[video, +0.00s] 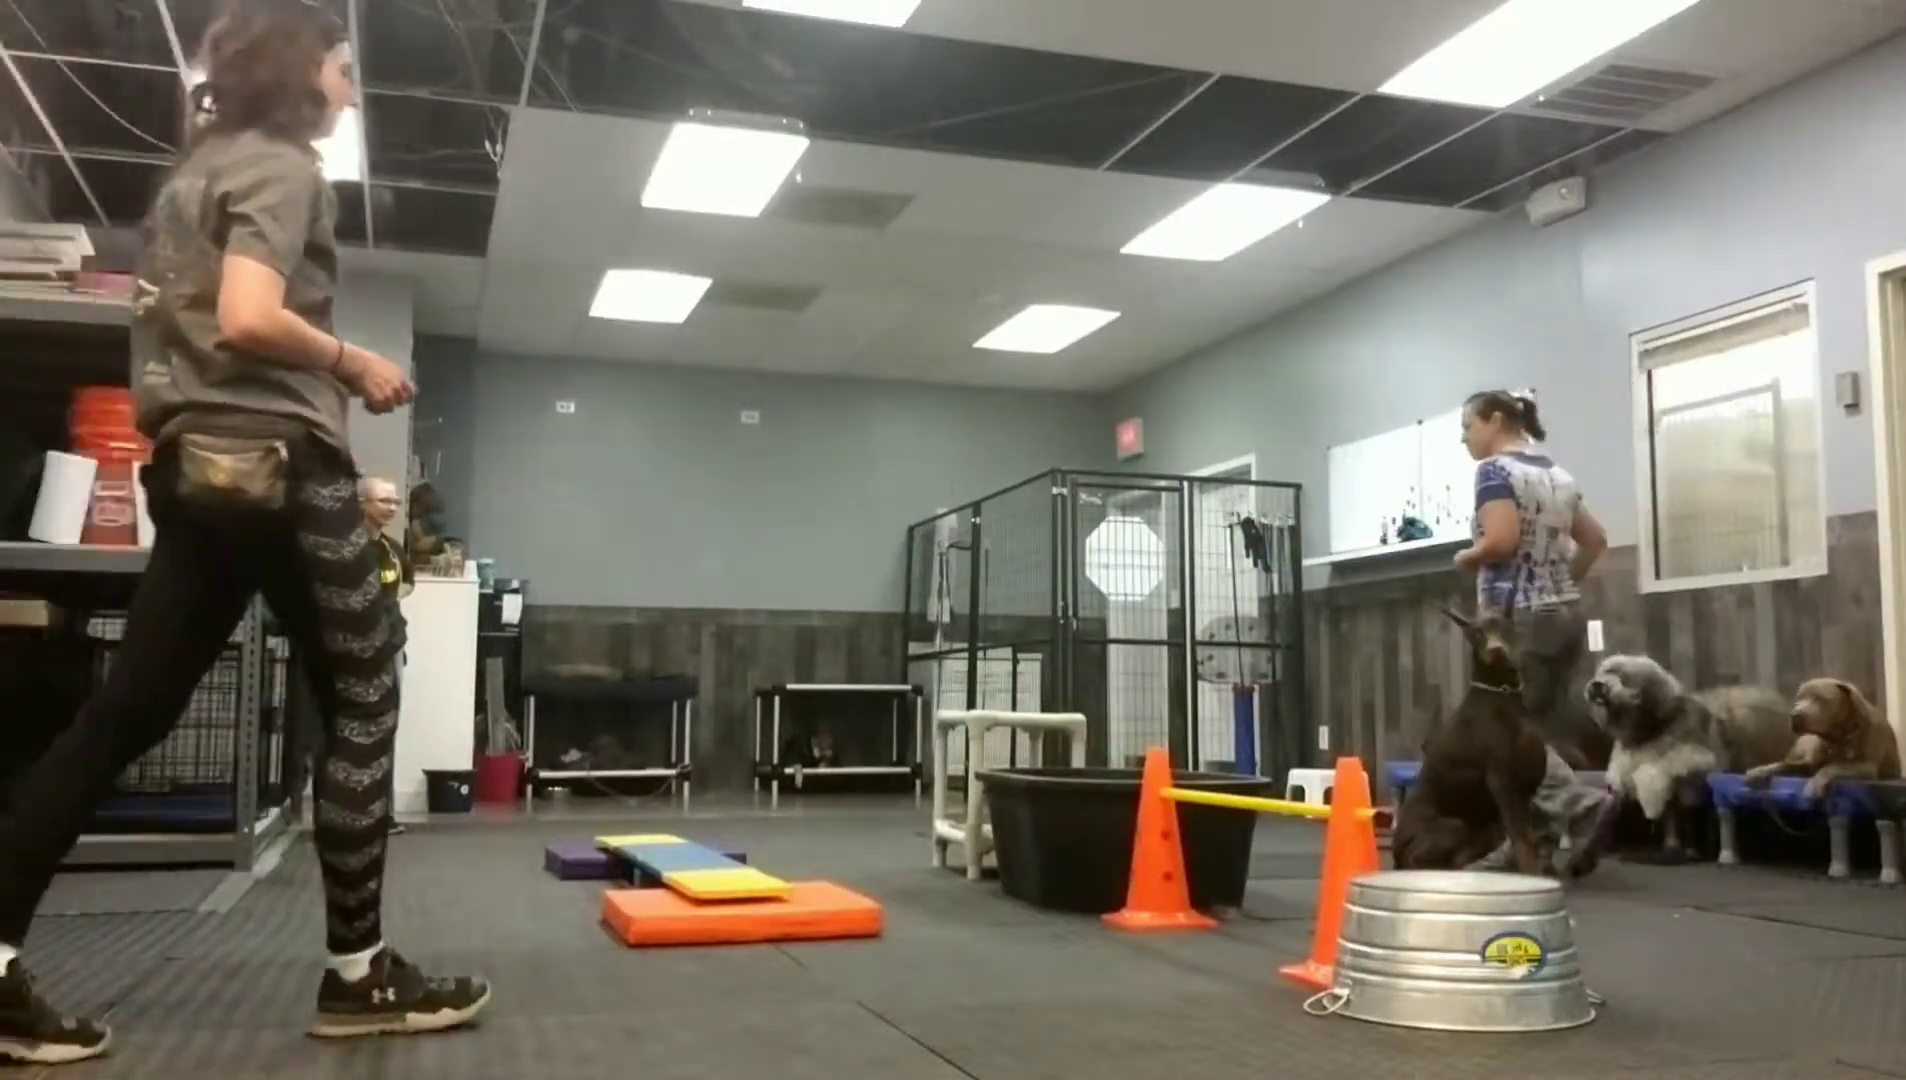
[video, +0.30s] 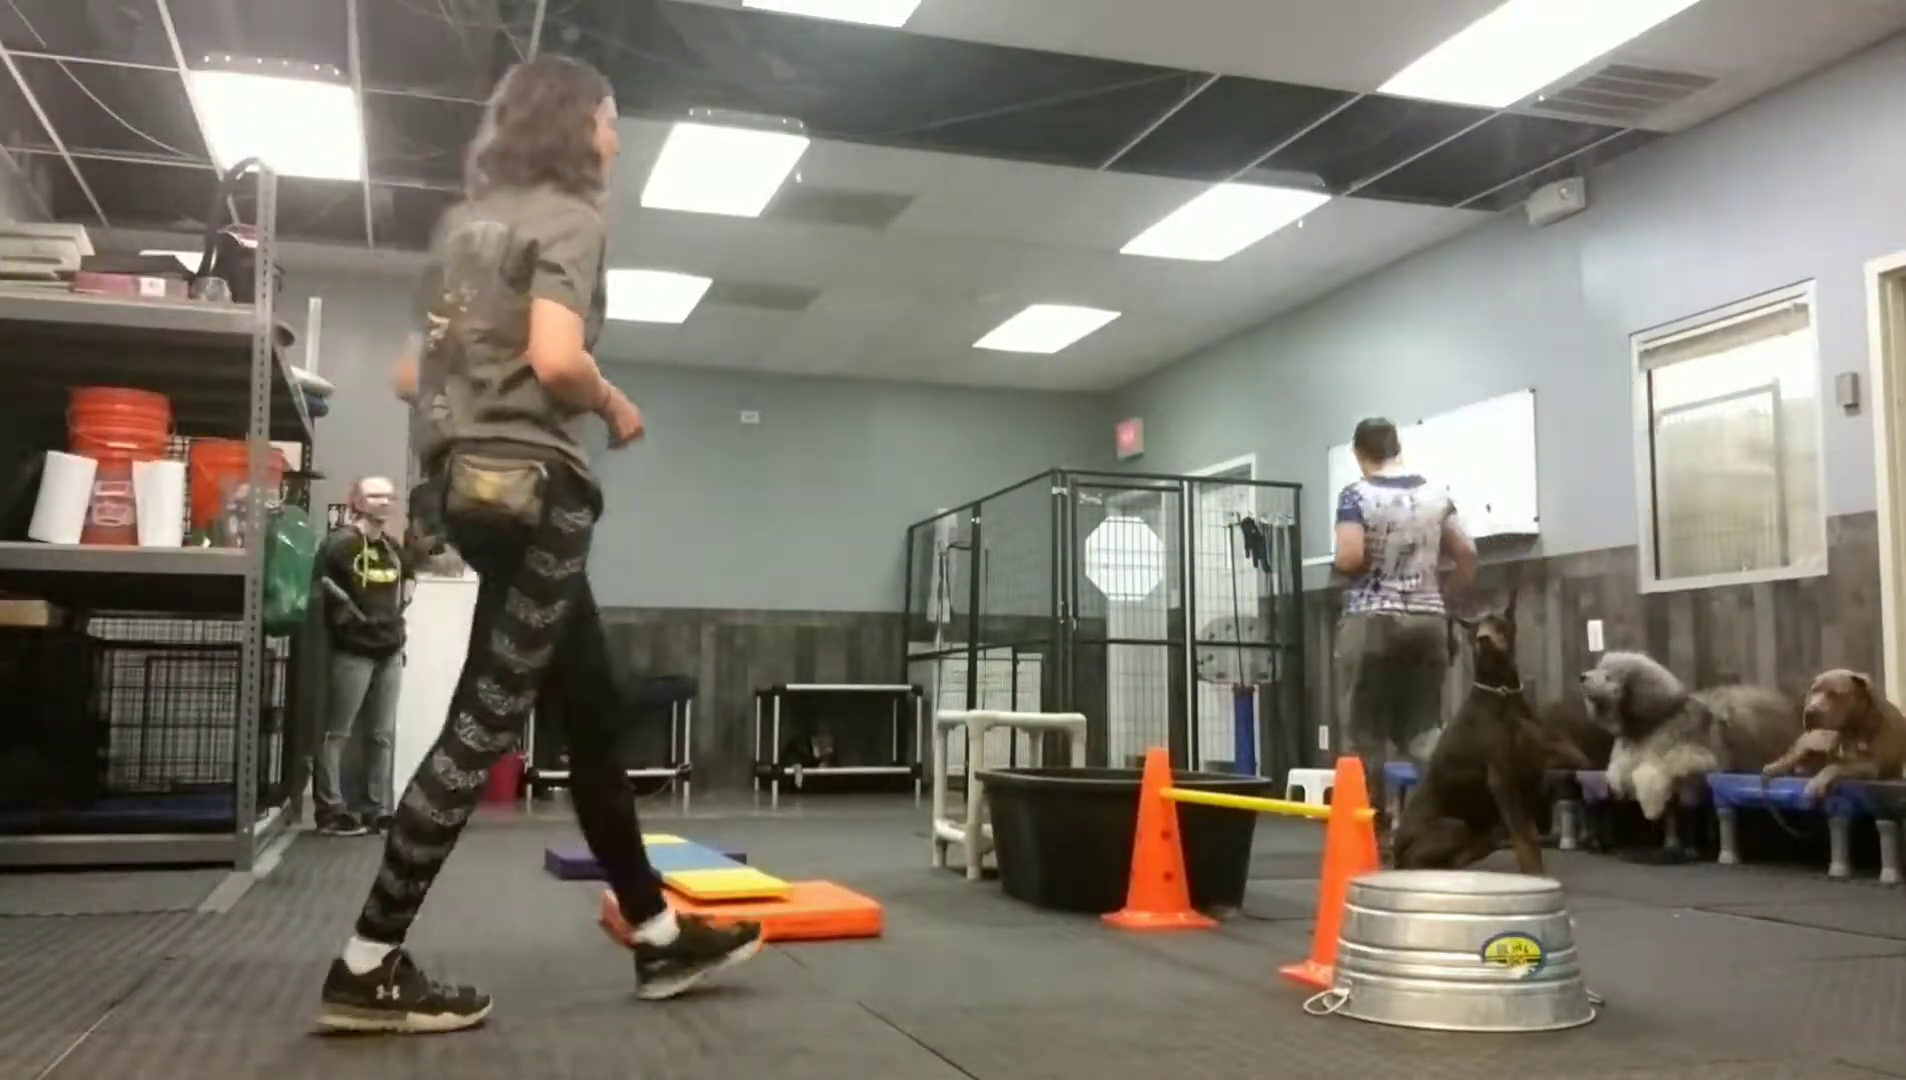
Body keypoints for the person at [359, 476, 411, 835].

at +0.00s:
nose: (392, 507)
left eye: (395, 502)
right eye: (385, 501)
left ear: (396, 506)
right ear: (365, 504)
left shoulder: (390, 546)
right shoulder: (356, 547)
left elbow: (394, 595)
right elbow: (357, 602)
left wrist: (395, 637)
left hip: (389, 647)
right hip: (364, 651)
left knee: (386, 731)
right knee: (368, 731)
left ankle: (384, 811)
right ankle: (369, 814)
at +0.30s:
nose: (385, 503)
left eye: (388, 497)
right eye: (376, 496)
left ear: (393, 503)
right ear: (356, 503)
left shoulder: (392, 548)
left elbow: (403, 595)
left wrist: (390, 622)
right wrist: (373, 627)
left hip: (389, 652)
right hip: (352, 651)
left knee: (382, 735)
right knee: (338, 733)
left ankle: (376, 808)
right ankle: (330, 809)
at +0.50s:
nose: (380, 512)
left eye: (385, 506)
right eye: (372, 505)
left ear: (388, 509)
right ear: (353, 508)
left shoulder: (388, 549)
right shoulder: (339, 542)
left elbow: (427, 568)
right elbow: (322, 579)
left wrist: (406, 537)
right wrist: (348, 602)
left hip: (390, 649)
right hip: (354, 648)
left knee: (383, 734)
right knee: (339, 733)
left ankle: (378, 809)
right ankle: (331, 810)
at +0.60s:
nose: (381, 514)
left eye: (385, 508)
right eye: (373, 507)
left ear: (390, 509)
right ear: (353, 509)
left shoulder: (389, 547)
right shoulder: (339, 543)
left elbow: (435, 547)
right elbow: (321, 583)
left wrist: (401, 530)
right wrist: (345, 603)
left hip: (391, 649)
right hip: (355, 648)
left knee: (383, 734)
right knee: (340, 733)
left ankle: (378, 810)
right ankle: (331, 810)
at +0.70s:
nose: (381, 514)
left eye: (385, 507)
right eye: (373, 507)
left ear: (389, 509)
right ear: (354, 508)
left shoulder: (389, 546)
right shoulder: (338, 543)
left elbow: (434, 546)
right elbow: (319, 576)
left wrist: (398, 525)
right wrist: (344, 599)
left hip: (392, 648)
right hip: (357, 647)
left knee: (384, 734)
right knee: (340, 733)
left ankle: (377, 810)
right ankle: (330, 810)